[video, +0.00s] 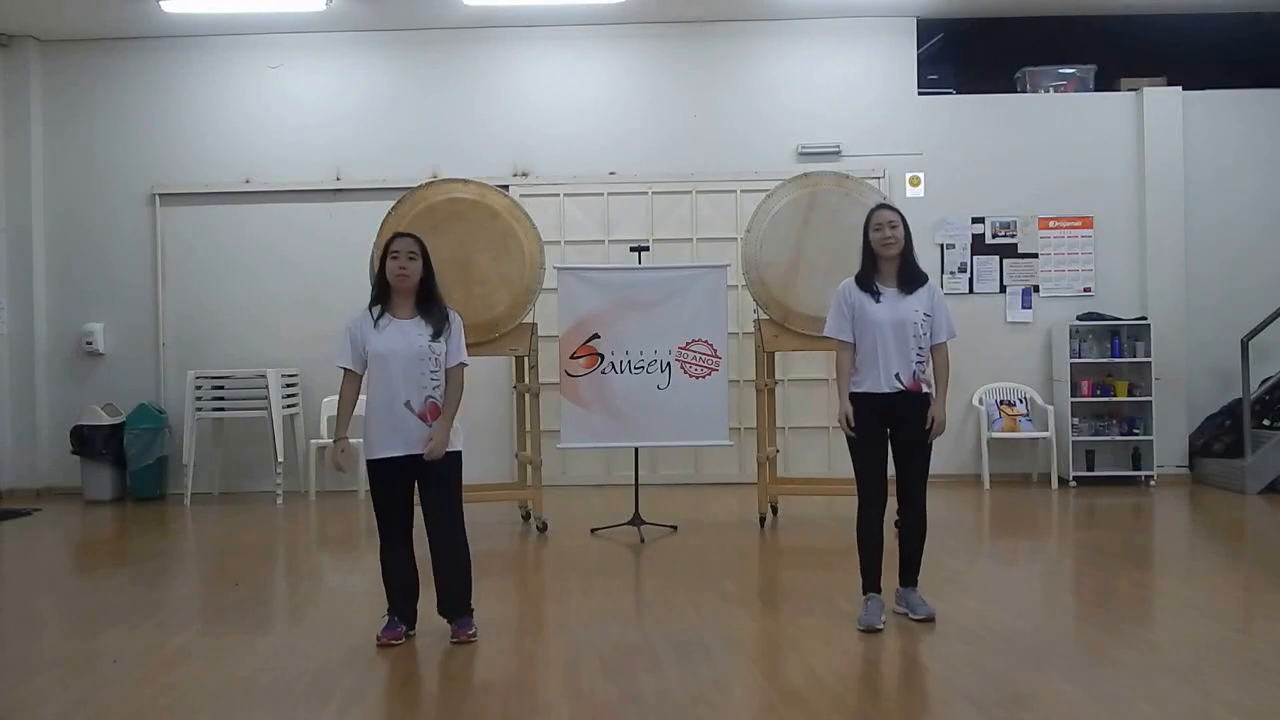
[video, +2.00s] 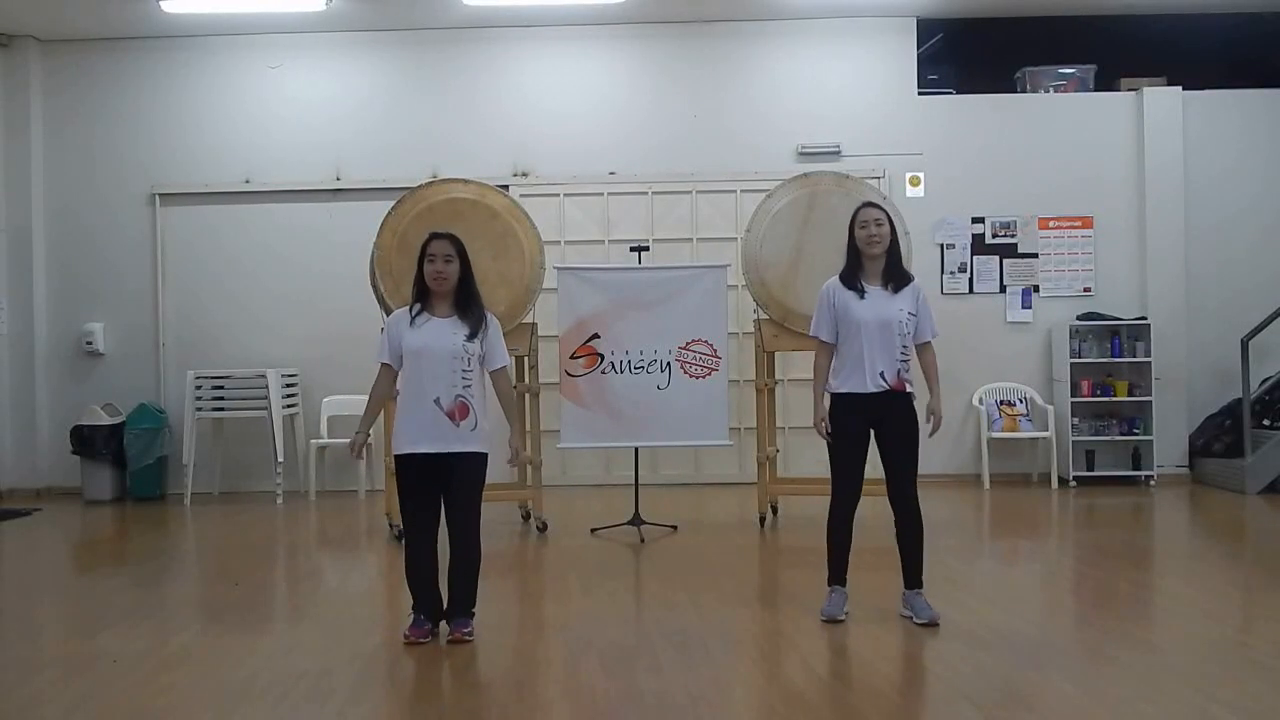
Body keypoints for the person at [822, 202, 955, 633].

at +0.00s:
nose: (887, 233)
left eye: (893, 226)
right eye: (878, 228)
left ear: (906, 234)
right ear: (867, 238)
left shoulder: (925, 288)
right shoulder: (851, 290)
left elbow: (939, 349)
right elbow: (844, 349)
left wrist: (940, 401)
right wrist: (843, 399)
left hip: (914, 404)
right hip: (866, 404)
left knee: (913, 501)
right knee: (871, 501)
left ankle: (908, 590)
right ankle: (871, 597)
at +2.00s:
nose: (872, 231)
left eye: (879, 224)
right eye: (864, 225)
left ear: (892, 232)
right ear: (853, 236)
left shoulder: (910, 289)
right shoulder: (835, 290)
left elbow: (924, 346)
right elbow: (823, 348)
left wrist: (934, 395)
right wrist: (819, 400)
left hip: (897, 405)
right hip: (847, 406)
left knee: (905, 499)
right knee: (843, 499)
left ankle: (914, 593)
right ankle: (836, 591)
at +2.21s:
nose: (880, 229)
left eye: (887, 222)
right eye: (871, 224)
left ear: (900, 231)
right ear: (860, 235)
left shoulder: (920, 286)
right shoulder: (843, 287)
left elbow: (937, 341)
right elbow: (826, 346)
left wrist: (957, 386)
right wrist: (812, 398)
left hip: (909, 405)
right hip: (858, 405)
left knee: (912, 500)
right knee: (851, 499)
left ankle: (914, 593)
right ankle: (838, 590)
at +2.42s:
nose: (882, 241)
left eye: (889, 234)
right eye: (874, 236)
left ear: (902, 241)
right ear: (863, 245)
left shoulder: (922, 296)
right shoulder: (846, 300)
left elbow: (951, 352)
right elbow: (830, 357)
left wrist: (973, 348)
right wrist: (797, 354)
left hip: (913, 412)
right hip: (862, 413)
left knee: (920, 506)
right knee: (859, 507)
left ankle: (915, 594)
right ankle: (864, 584)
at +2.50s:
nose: (881, 243)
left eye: (888, 236)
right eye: (873, 238)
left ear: (902, 243)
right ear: (862, 247)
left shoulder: (921, 295)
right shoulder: (845, 298)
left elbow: (953, 344)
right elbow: (820, 348)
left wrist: (964, 313)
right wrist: (798, 327)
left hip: (910, 413)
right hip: (860, 414)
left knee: (917, 507)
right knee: (851, 506)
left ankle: (915, 594)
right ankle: (866, 582)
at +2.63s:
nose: (874, 236)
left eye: (882, 229)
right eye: (866, 230)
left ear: (894, 237)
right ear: (855, 240)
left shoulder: (909, 288)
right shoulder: (839, 288)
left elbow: (925, 325)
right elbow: (814, 326)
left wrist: (919, 275)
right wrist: (806, 281)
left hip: (900, 407)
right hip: (850, 406)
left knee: (908, 504)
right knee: (828, 500)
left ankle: (915, 594)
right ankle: (823, 589)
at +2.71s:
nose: (865, 234)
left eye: (872, 228)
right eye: (857, 229)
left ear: (886, 236)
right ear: (847, 240)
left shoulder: (903, 287)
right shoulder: (835, 285)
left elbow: (899, 328)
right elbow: (815, 323)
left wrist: (879, 285)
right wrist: (822, 277)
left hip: (885, 405)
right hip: (835, 404)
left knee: (900, 502)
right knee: (815, 500)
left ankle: (914, 595)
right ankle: (787, 595)